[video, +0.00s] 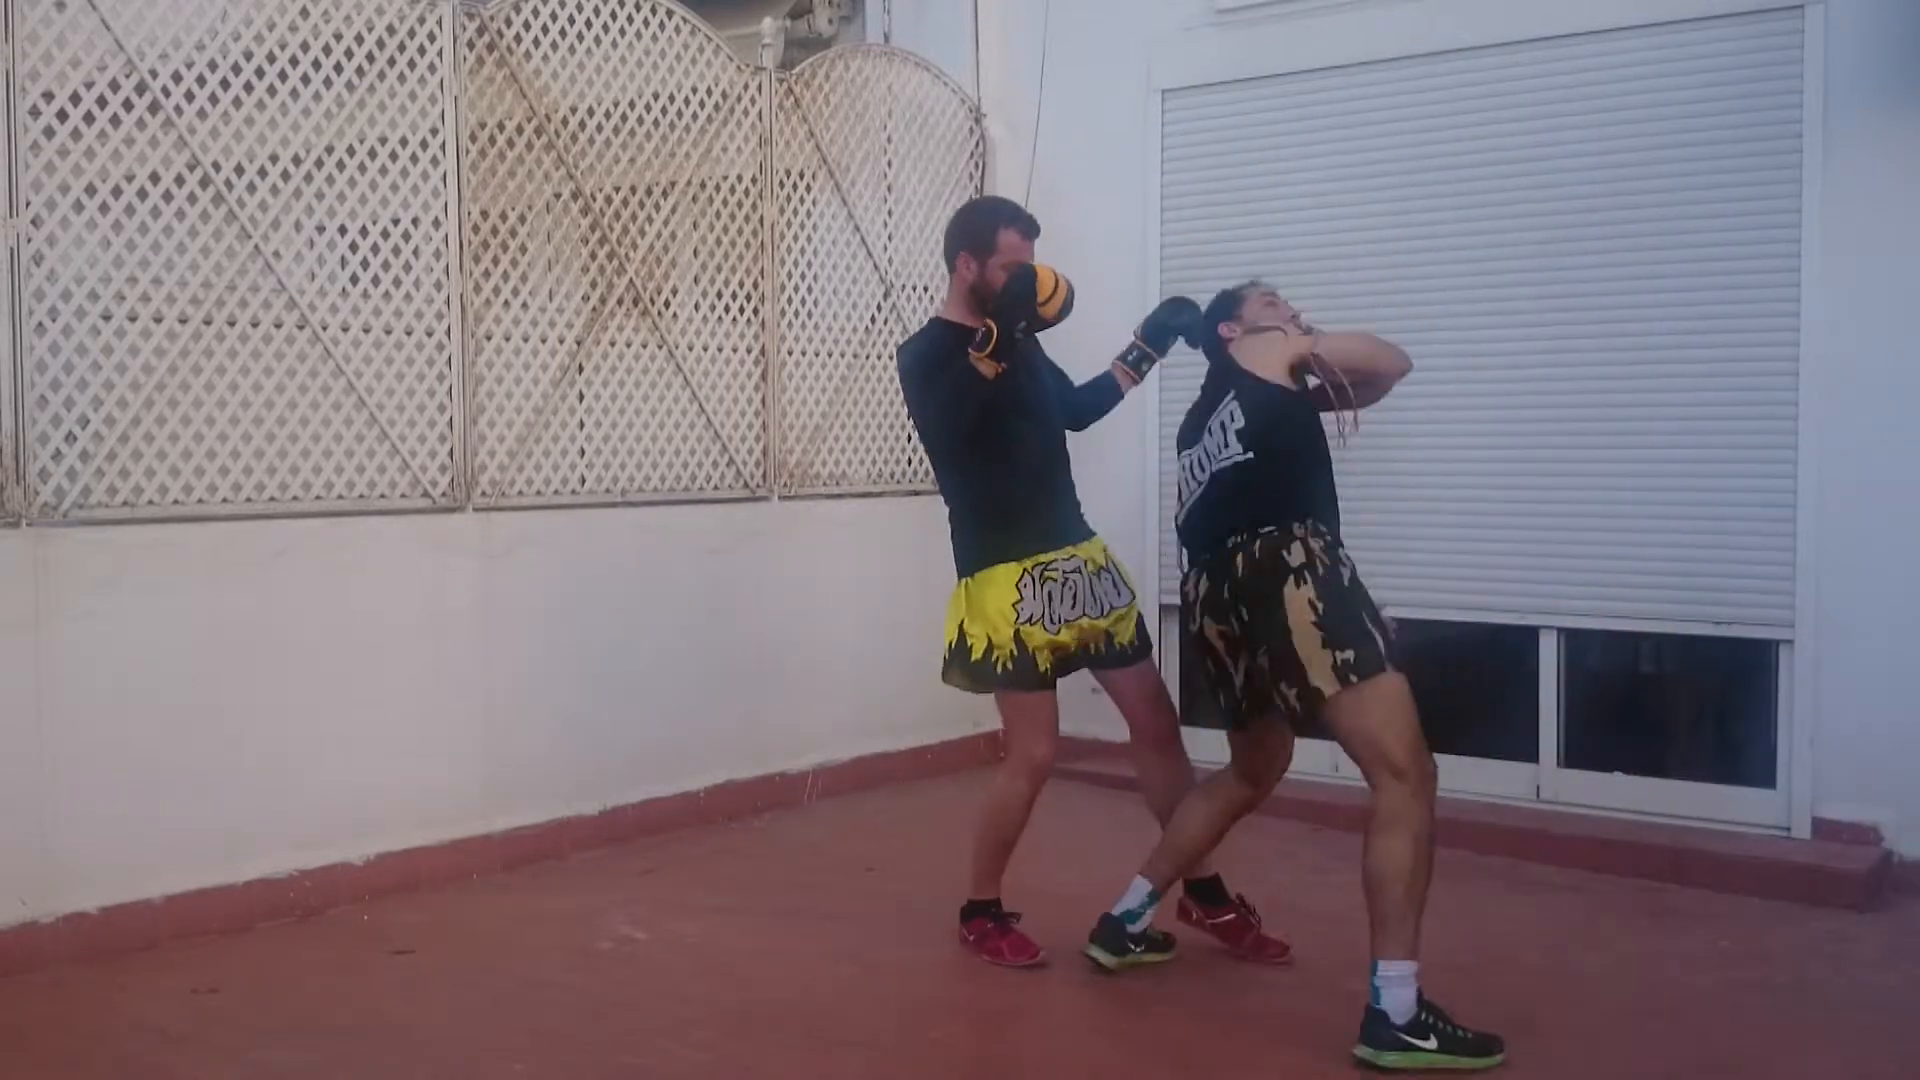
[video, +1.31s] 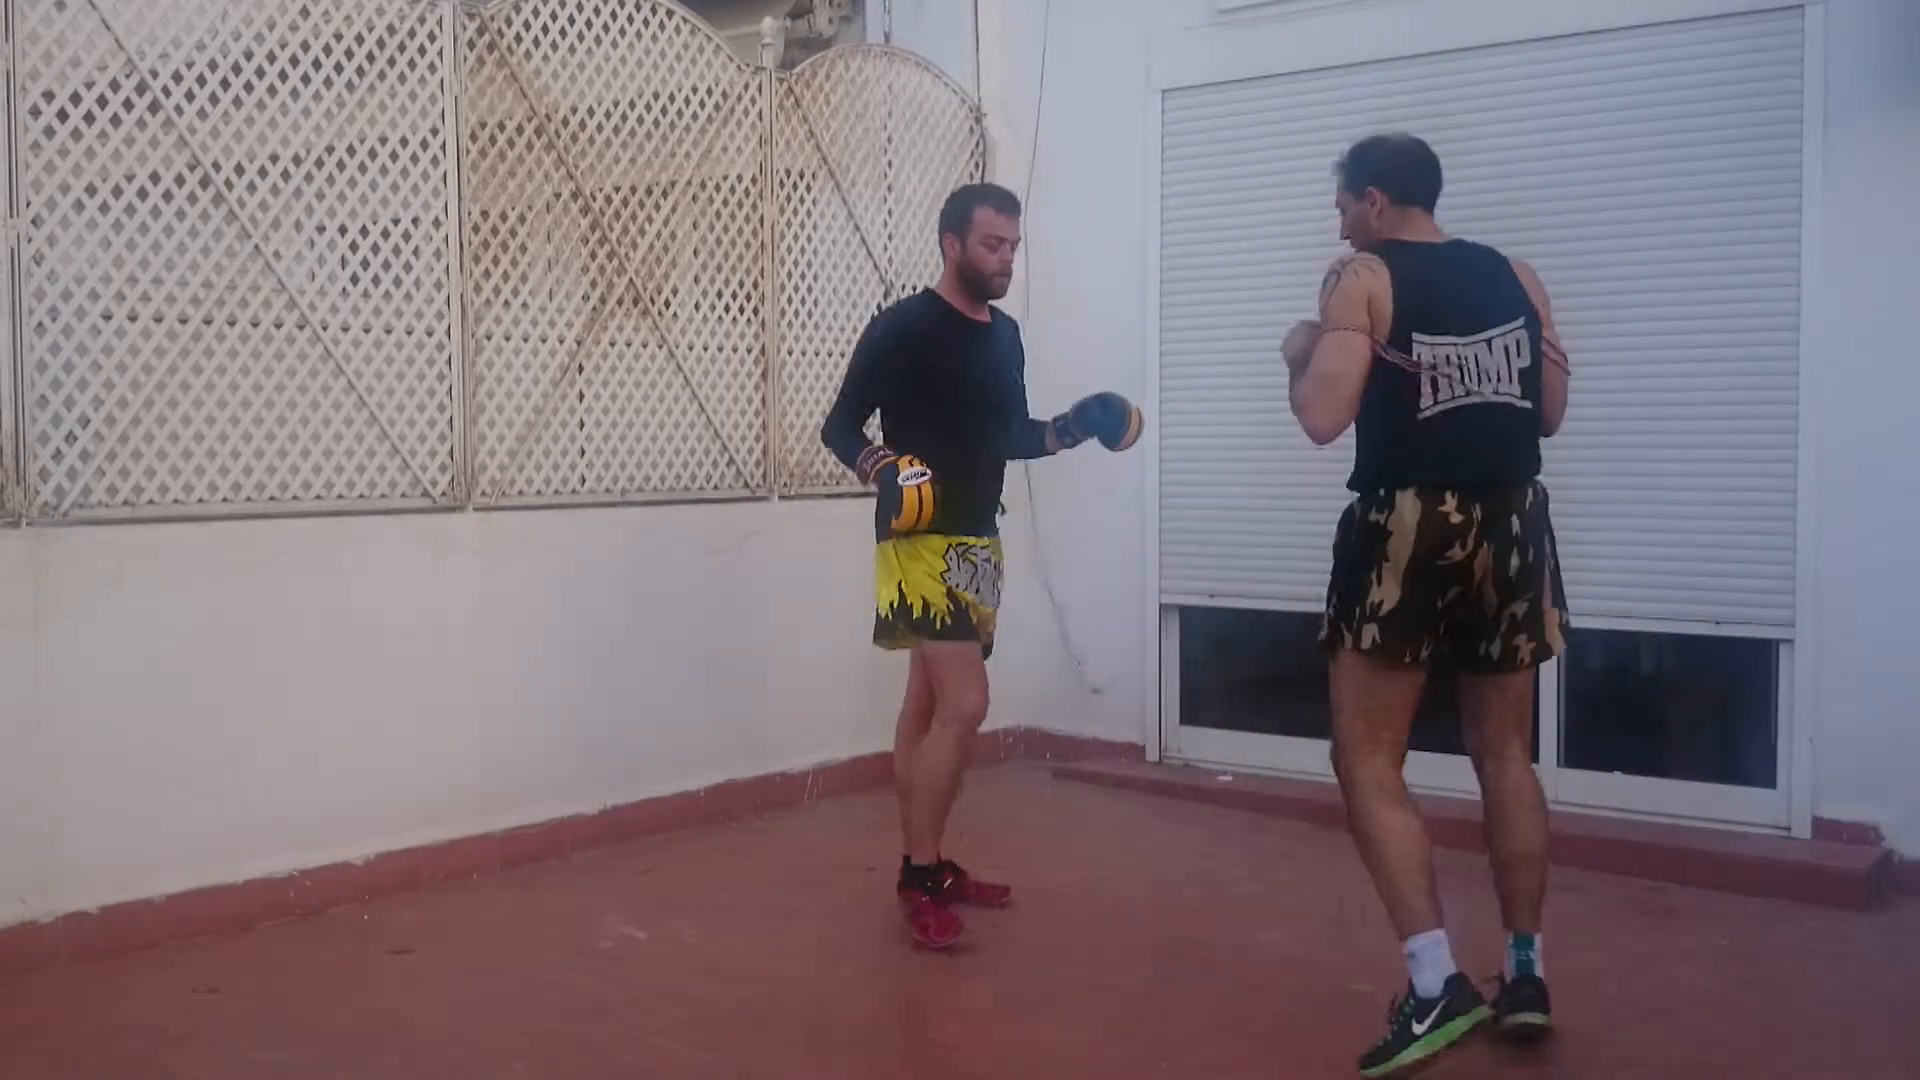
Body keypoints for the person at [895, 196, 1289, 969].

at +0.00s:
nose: (1026, 282)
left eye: (1030, 269)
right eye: (1015, 269)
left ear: (1018, 268)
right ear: (966, 265)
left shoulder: (1014, 338)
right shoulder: (927, 352)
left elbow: (1075, 410)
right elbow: (949, 432)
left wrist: (1146, 347)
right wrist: (1003, 343)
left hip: (1079, 554)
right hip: (1004, 572)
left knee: (1154, 717)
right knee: (1031, 753)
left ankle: (1203, 890)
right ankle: (982, 911)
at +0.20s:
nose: (1038, 280)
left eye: (1041, 267)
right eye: (1022, 266)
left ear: (1034, 272)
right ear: (972, 267)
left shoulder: (1038, 350)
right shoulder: (944, 350)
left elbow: (1129, 418)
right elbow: (1028, 375)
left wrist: (1136, 348)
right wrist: (1054, 289)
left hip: (1095, 556)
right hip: (1016, 571)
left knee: (1179, 716)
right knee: (1041, 756)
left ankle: (1211, 884)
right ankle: (986, 908)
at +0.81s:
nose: (1038, 276)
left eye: (1042, 262)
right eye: (1025, 260)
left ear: (1029, 262)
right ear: (976, 255)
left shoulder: (1019, 343)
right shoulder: (945, 335)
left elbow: (1076, 434)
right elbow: (1026, 359)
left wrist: (1105, 361)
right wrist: (1070, 272)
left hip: (1062, 547)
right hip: (1001, 562)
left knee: (1118, 720)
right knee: (1038, 745)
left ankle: (1161, 881)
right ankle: (984, 908)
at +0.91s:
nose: (1031, 266)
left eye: (1035, 253)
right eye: (1017, 251)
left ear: (1029, 253)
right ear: (969, 250)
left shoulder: (1007, 338)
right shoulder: (940, 332)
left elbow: (1044, 445)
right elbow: (974, 398)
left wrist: (1094, 388)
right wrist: (1045, 327)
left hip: (1048, 542)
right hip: (989, 555)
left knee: (1100, 706)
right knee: (1025, 735)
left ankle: (1076, 872)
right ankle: (983, 907)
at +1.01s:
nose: (1026, 253)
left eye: (1030, 240)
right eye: (1012, 239)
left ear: (1022, 244)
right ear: (965, 241)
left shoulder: (1010, 330)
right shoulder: (933, 329)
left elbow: (1034, 437)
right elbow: (924, 448)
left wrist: (1095, 395)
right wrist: (1005, 416)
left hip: (1032, 541)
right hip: (978, 551)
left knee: (1056, 711)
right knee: (1009, 727)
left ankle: (983, 847)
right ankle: (982, 904)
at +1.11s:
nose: (1024, 248)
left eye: (1028, 236)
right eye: (1010, 236)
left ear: (1022, 243)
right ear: (964, 240)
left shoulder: (1008, 335)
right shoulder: (926, 329)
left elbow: (1016, 447)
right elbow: (874, 440)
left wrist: (1086, 412)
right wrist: (935, 470)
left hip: (1012, 542)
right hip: (965, 549)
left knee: (983, 711)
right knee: (999, 721)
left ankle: (932, 850)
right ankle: (984, 902)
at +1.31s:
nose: (1006, 257)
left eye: (1013, 245)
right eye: (993, 243)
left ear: (1012, 249)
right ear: (950, 244)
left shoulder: (1003, 332)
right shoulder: (901, 328)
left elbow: (1009, 438)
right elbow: (841, 428)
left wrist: (1071, 429)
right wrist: (882, 468)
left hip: (974, 538)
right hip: (921, 539)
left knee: (924, 711)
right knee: (961, 705)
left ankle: (926, 865)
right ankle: (921, 876)